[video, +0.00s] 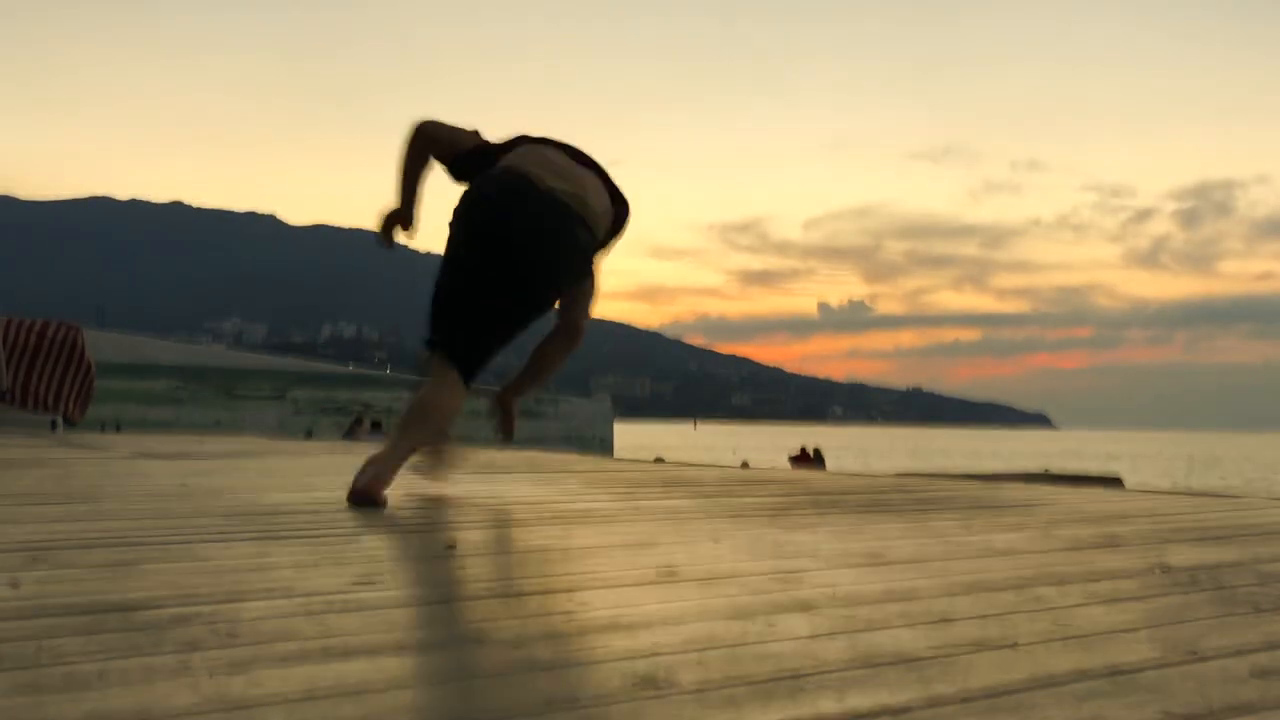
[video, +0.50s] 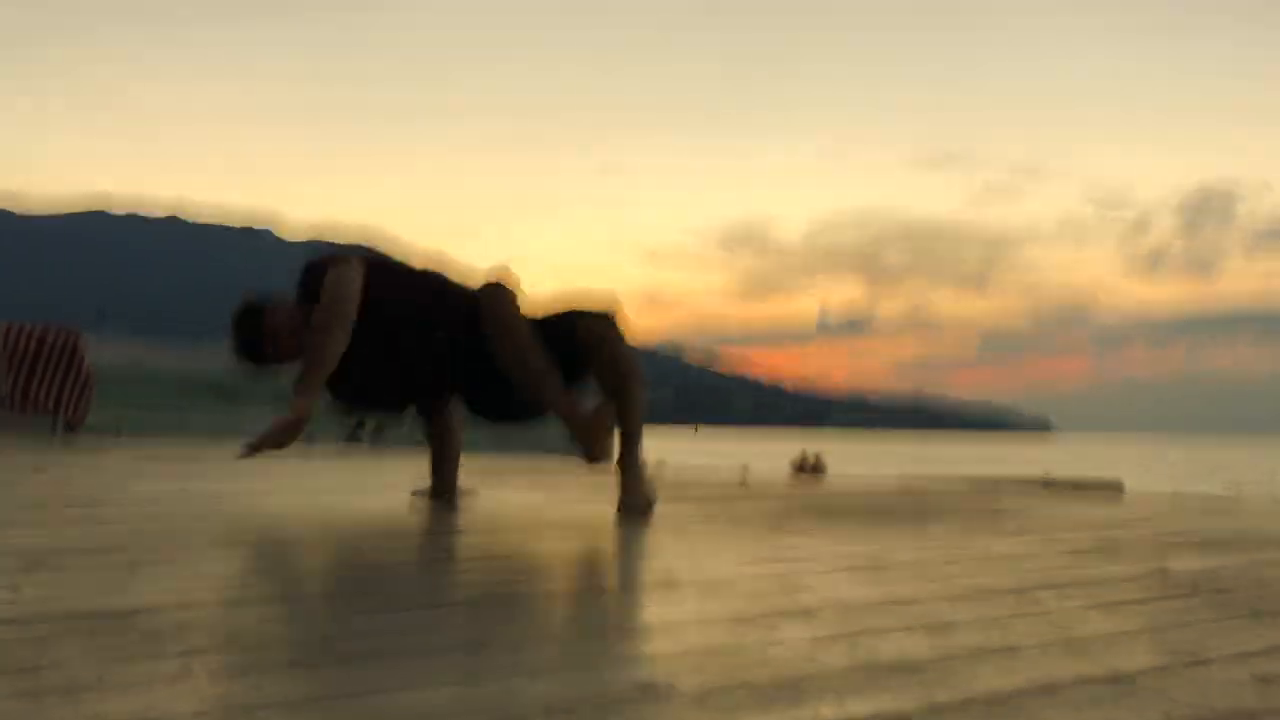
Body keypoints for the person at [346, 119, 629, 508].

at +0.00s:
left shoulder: (505, 154)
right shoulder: (580, 245)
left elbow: (426, 132)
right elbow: (572, 330)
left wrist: (406, 205)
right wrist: (512, 394)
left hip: (491, 209)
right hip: (559, 245)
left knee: (448, 345)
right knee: (459, 364)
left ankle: (437, 441)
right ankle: (380, 470)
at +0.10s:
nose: (395, 244)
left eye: (401, 236)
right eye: (397, 239)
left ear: (421, 203)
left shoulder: (444, 167)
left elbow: (393, 113)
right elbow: (541, 346)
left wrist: (355, 186)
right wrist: (505, 419)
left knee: (383, 269)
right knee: (444, 356)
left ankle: (298, 371)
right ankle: (384, 480)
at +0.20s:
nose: (366, 247)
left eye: (359, 236)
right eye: (358, 255)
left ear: (366, 217)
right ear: (365, 266)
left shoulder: (414, 177)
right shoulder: (436, 280)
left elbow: (422, 92)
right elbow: (480, 379)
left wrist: (349, 139)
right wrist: (451, 472)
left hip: (561, 230)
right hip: (551, 297)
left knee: (417, 179)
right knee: (395, 335)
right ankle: (371, 470)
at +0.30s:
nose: (336, 269)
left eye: (325, 256)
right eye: (327, 280)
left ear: (331, 236)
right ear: (332, 294)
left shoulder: (387, 204)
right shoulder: (385, 308)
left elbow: (421, 114)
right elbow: (458, 390)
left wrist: (350, 142)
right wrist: (447, 480)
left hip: (552, 281)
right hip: (513, 330)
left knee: (529, 192)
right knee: (409, 286)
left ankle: (638, 311)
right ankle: (389, 428)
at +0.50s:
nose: (290, 330)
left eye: (279, 323)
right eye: (280, 341)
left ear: (278, 304)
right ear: (282, 355)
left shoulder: (322, 273)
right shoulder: (353, 382)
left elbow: (345, 298)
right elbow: (436, 397)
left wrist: (303, 407)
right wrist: (444, 491)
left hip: (508, 340)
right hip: (486, 388)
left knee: (605, 332)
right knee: (494, 299)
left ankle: (634, 471)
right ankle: (583, 426)